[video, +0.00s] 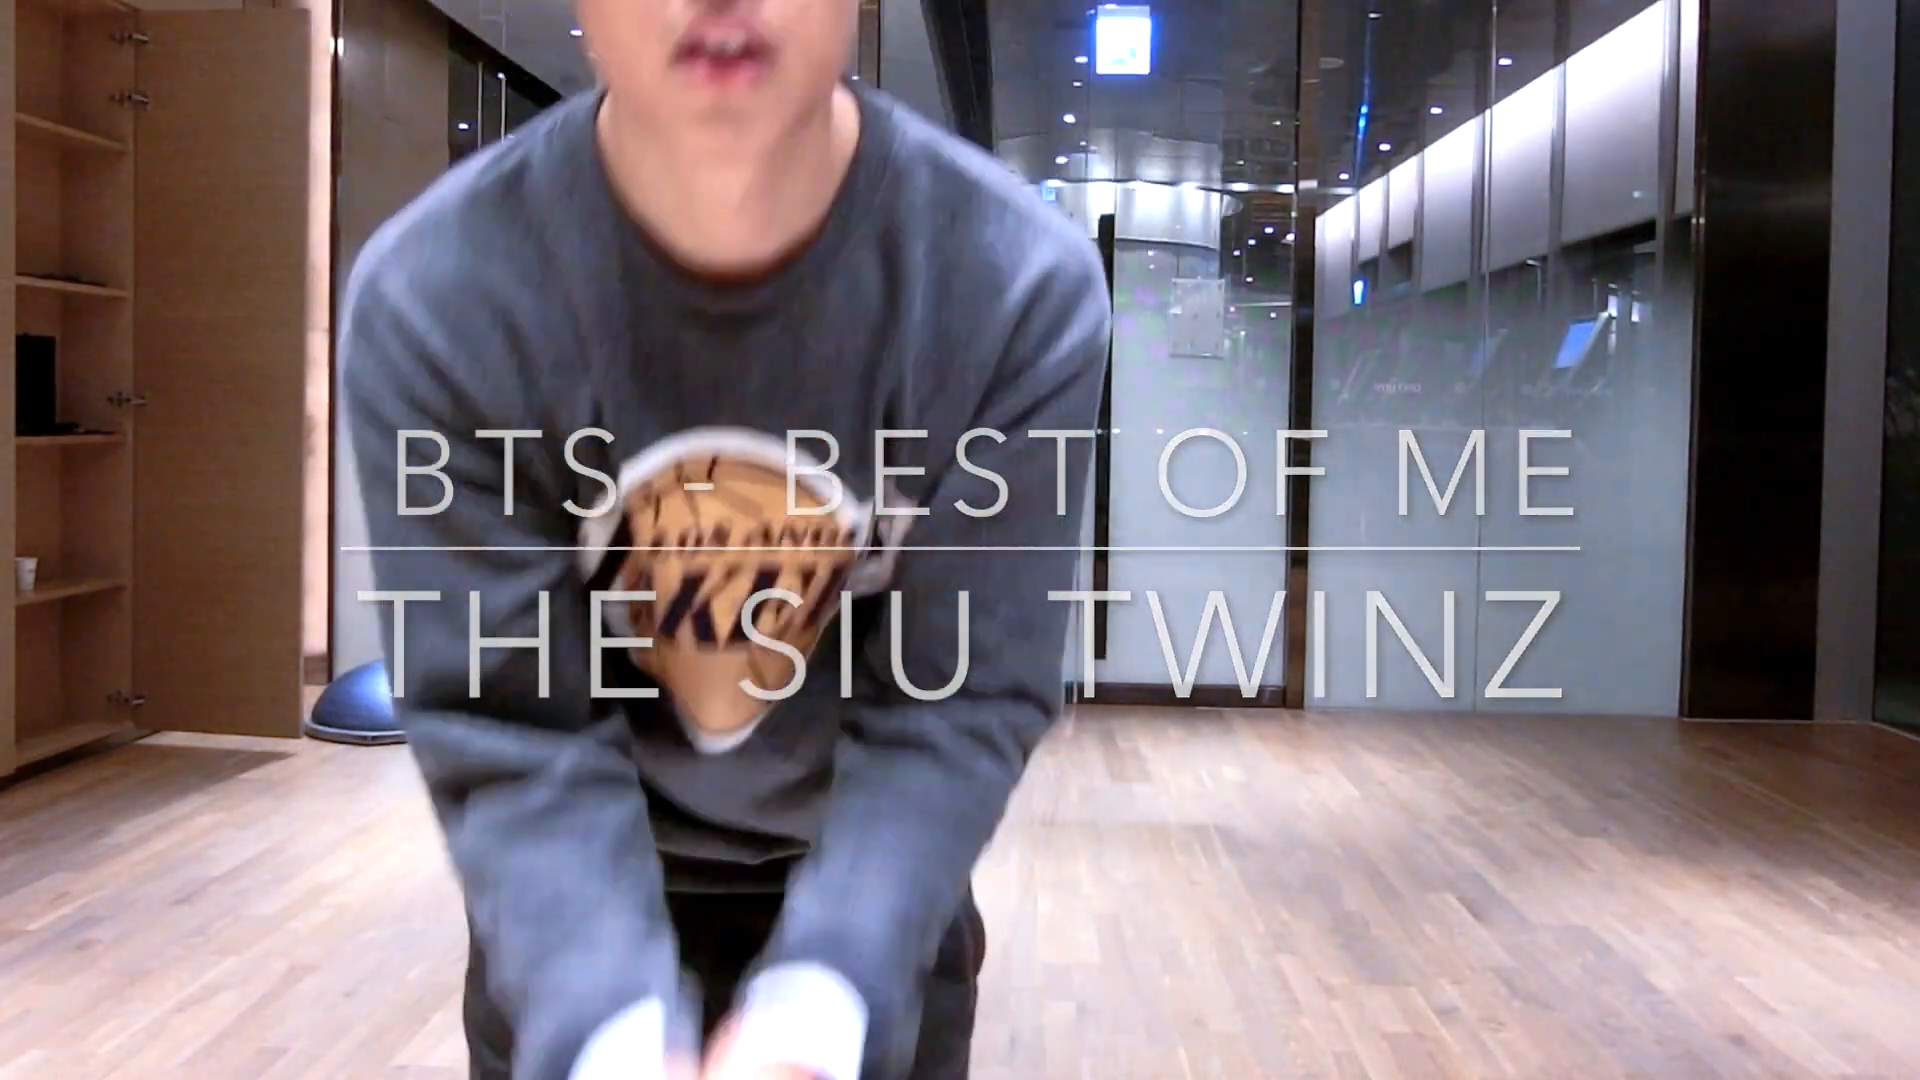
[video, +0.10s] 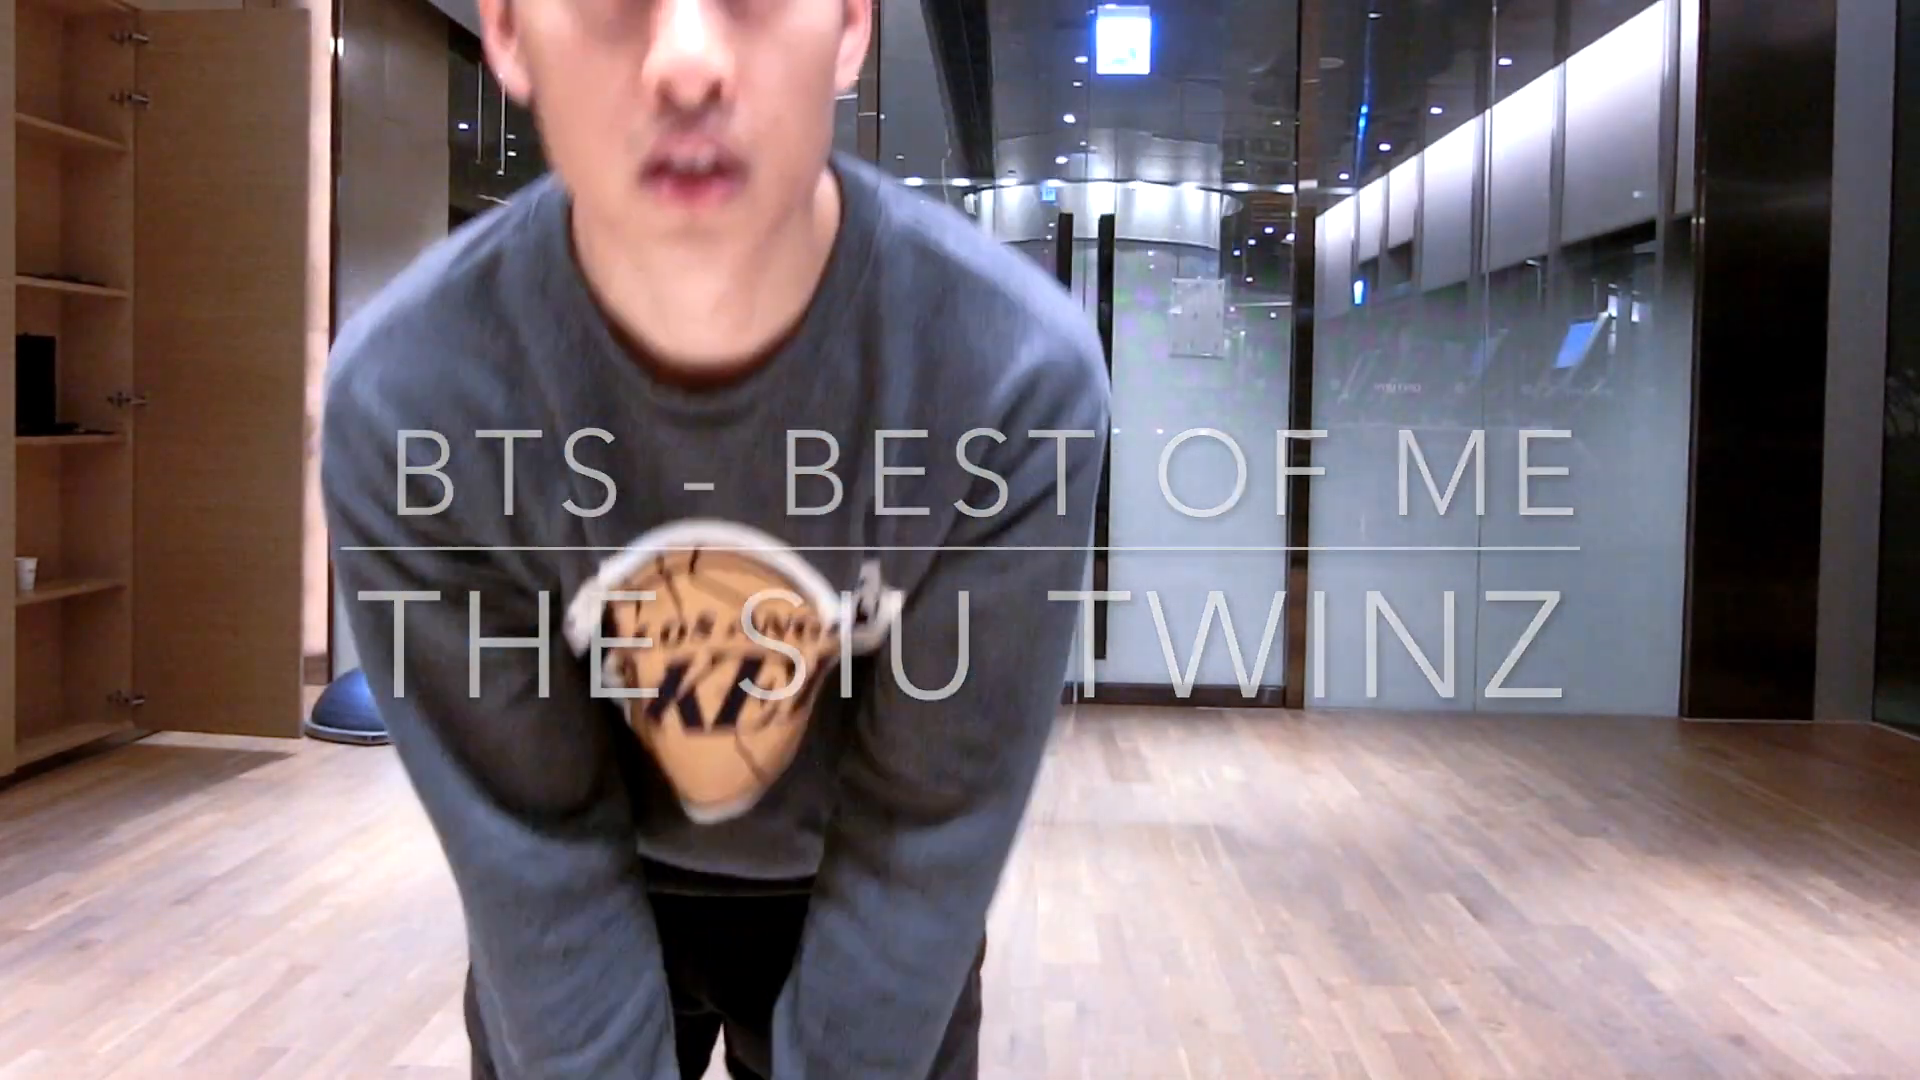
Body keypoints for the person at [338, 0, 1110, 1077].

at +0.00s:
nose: (716, 0)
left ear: (857, 4)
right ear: (579, 12)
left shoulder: (1018, 285)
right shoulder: (436, 292)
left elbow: (959, 707)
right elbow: (516, 742)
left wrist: (817, 999)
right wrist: (613, 1035)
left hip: (872, 859)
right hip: (583, 859)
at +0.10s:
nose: (690, 67)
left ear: (852, 31)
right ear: (508, 38)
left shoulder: (1016, 372)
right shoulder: (407, 392)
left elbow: (925, 855)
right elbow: (536, 864)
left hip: (866, 900)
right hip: (583, 893)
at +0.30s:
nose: (671, 201)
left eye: (742, 88)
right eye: (582, 92)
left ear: (843, 119)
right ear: (476, 133)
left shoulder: (1006, 451)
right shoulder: (394, 457)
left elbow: (907, 927)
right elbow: (531, 932)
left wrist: (848, 1069)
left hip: (872, 910)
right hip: (601, 912)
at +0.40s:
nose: (662, 195)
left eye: (730, 87)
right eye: (573, 87)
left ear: (836, 109)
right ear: (466, 121)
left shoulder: (1010, 430)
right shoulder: (380, 442)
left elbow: (1026, 901)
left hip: (878, 889)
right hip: (599, 881)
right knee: (582, 1074)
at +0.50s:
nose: (645, 210)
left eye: (716, 101)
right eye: (562, 105)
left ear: (827, 125)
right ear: (463, 146)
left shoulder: (1005, 426)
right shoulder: (370, 445)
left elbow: (1131, 841)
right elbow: (259, 847)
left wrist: (1094, 1068)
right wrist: (216, 1065)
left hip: (888, 884)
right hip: (605, 880)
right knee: (587, 1072)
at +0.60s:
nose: (648, 236)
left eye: (719, 128)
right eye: (566, 133)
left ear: (828, 153)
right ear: (466, 172)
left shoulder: (1002, 466)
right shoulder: (391, 476)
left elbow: (1015, 932)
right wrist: (125, 1053)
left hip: (863, 895)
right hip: (600, 883)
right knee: (589, 1077)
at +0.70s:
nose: (658, 360)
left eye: (726, 241)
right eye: (569, 247)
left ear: (835, 239)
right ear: (467, 260)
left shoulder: (993, 523)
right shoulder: (399, 546)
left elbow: (973, 1022)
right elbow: (526, 1020)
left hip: (863, 926)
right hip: (606, 931)